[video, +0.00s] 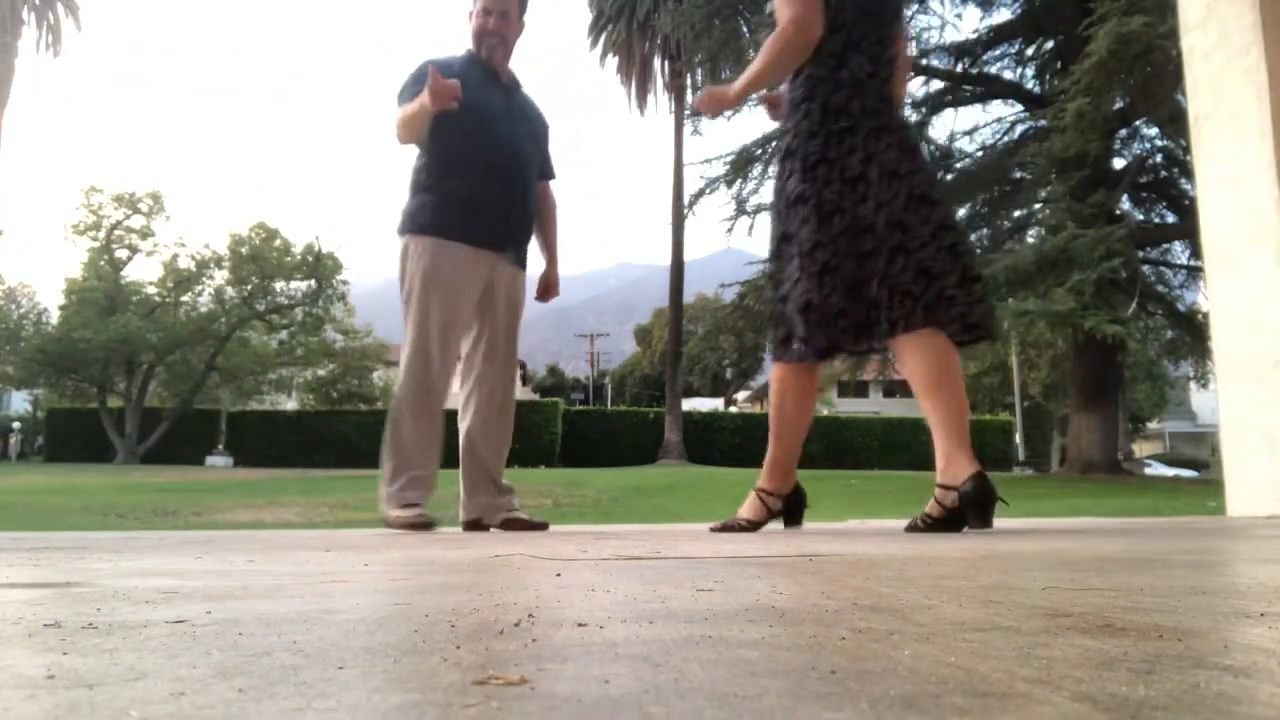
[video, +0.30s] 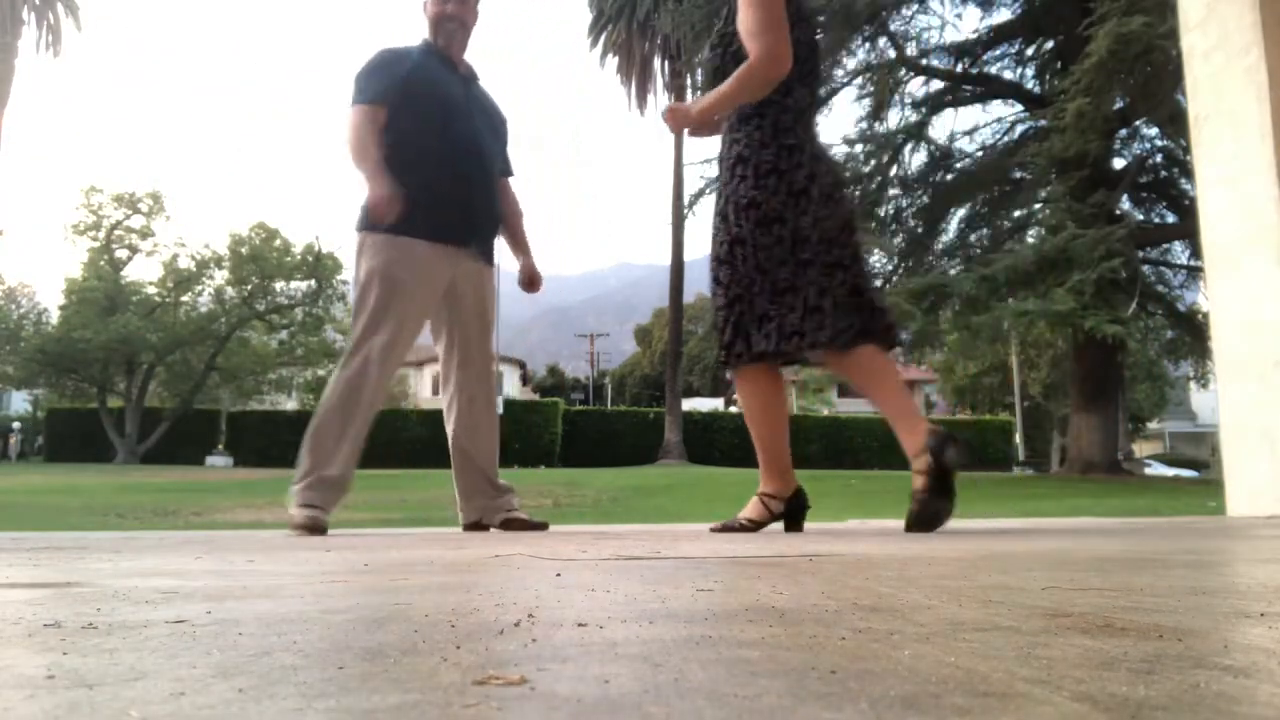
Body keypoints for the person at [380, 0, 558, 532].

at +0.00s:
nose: (493, 24)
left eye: (505, 16)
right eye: (486, 13)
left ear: (521, 27)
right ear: (472, 18)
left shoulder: (531, 114)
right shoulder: (439, 70)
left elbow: (542, 191)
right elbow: (405, 131)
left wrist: (550, 261)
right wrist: (428, 106)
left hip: (507, 256)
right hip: (441, 243)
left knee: (493, 380)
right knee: (425, 370)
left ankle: (486, 504)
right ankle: (405, 498)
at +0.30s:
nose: (452, 11)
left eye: (464, 5)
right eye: (443, 2)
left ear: (476, 16)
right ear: (427, 9)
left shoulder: (488, 109)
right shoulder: (393, 64)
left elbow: (501, 186)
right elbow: (362, 130)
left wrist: (524, 256)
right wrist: (377, 178)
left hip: (471, 255)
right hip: (401, 241)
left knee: (473, 378)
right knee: (368, 366)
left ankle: (484, 506)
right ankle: (313, 499)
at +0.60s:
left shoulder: (438, 76)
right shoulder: (333, 29)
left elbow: (468, 156)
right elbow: (281, 113)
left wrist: (522, 203)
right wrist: (271, 211)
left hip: (420, 241)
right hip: (340, 228)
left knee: (446, 366)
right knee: (325, 369)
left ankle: (453, 504)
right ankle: (303, 505)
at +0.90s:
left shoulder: (436, 51)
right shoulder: (326, 13)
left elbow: (473, 136)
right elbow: (276, 94)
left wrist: (534, 176)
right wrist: (260, 168)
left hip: (409, 227)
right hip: (328, 214)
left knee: (389, 370)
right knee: (314, 361)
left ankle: (364, 505)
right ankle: (301, 503)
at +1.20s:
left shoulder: (425, 46)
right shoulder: (313, 5)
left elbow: (451, 137)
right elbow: (265, 84)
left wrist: (515, 170)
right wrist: (257, 176)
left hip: (400, 224)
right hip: (322, 203)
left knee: (393, 363)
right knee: (294, 345)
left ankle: (368, 505)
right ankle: (234, 498)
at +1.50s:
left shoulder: (377, 29)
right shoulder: (266, 1)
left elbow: (384, 123)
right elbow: (214, 43)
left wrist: (465, 160)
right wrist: (247, 135)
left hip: (360, 206)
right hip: (282, 188)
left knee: (375, 353)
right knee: (257, 346)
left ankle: (366, 500)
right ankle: (221, 505)